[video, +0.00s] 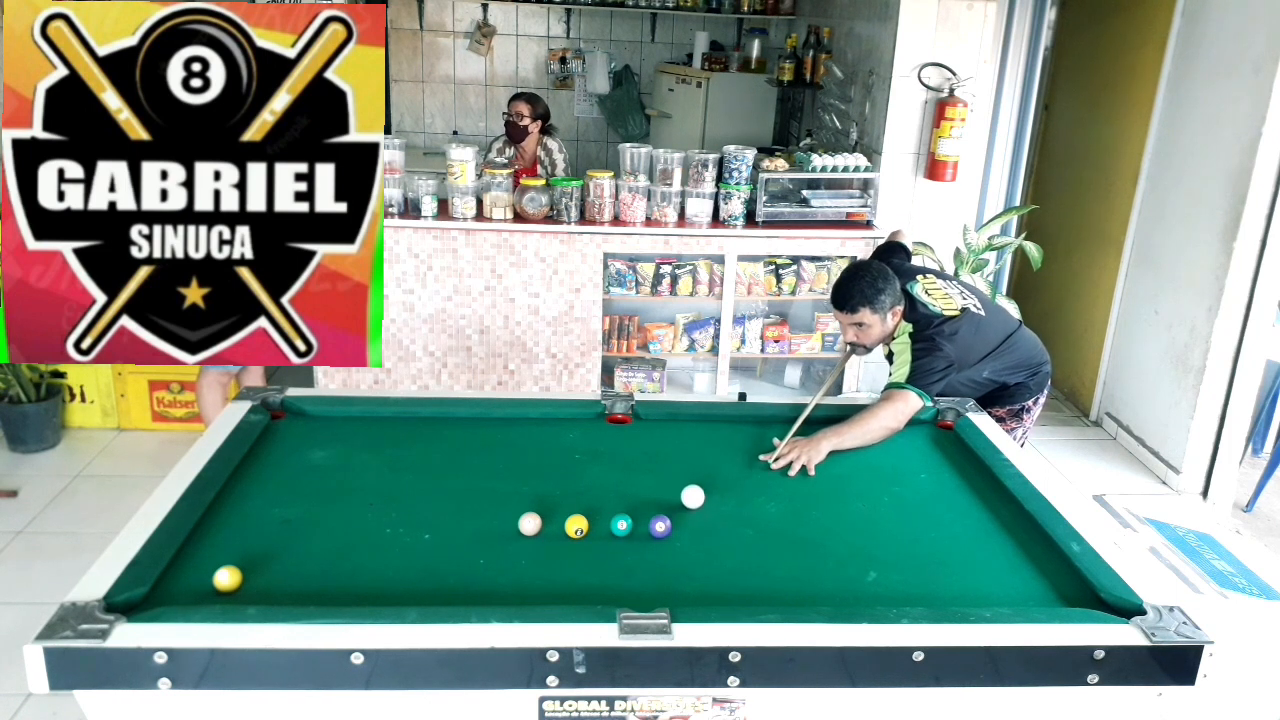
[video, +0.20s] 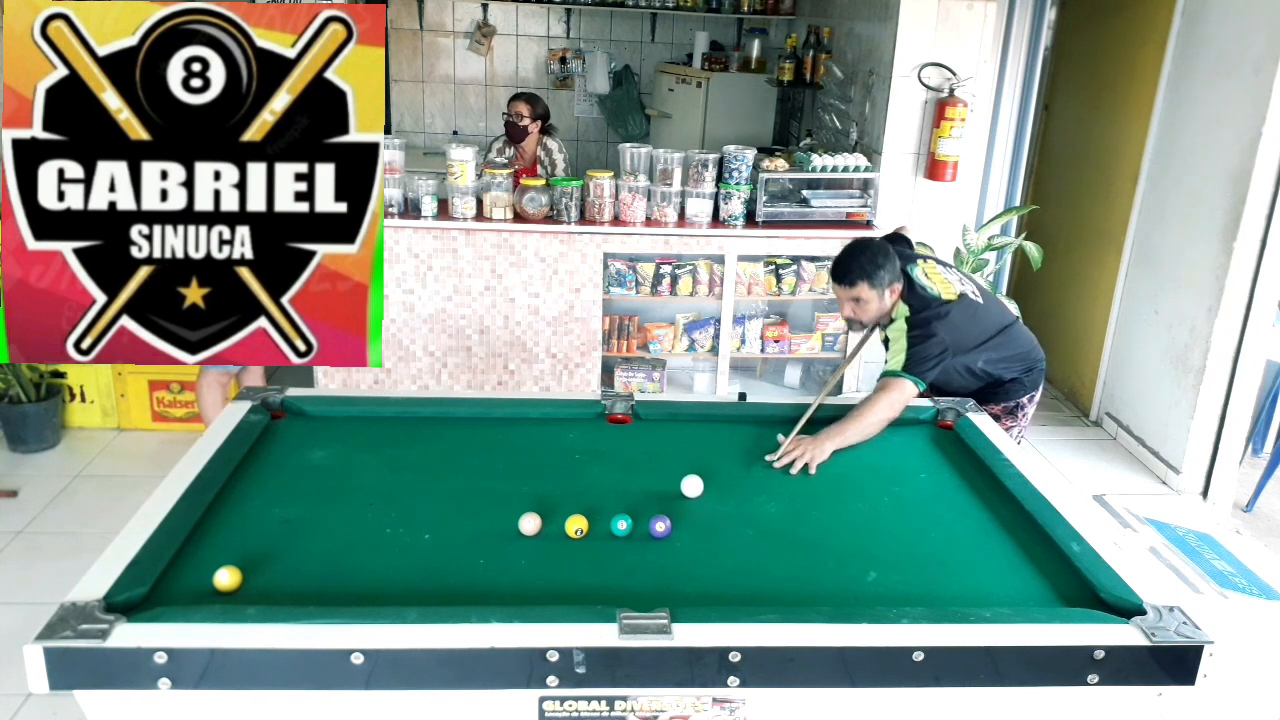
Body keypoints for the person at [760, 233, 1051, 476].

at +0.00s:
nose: (849, 338)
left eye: (861, 327)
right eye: (842, 324)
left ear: (895, 316)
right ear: (837, 309)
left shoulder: (930, 342)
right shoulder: (894, 269)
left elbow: (894, 412)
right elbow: (897, 240)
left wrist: (823, 441)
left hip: (1020, 376)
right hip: (970, 363)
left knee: (988, 475)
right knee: (947, 459)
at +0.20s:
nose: (846, 313)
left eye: (857, 302)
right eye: (840, 300)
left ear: (892, 293)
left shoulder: (926, 327)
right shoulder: (894, 256)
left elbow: (890, 400)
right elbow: (901, 233)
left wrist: (825, 440)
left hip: (1012, 375)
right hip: (955, 369)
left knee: (984, 475)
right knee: (940, 459)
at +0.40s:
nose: (839, 279)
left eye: (851, 269)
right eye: (835, 267)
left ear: (887, 264)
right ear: (829, 256)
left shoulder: (918, 294)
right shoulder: (888, 245)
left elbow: (900, 382)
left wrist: (831, 424)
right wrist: (887, 312)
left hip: (994, 377)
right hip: (939, 371)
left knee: (975, 479)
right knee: (924, 468)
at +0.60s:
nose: (833, 247)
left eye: (845, 237)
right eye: (830, 235)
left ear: (882, 234)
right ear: (826, 226)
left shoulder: (912, 273)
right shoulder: (874, 248)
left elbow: (876, 364)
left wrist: (791, 386)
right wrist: (872, 315)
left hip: (971, 380)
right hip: (915, 372)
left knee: (954, 488)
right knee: (896, 476)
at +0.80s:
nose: (826, 231)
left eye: (839, 221)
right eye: (822, 218)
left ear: (875, 221)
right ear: (819, 211)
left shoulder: (899, 261)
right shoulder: (860, 238)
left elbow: (879, 356)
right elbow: (869, 277)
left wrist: (803, 388)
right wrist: (857, 303)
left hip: (953, 376)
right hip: (901, 367)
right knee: (883, 469)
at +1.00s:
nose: (815, 223)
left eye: (829, 213)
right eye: (813, 211)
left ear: (864, 212)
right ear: (810, 204)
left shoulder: (894, 253)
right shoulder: (844, 236)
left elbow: (922, 346)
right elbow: (855, 276)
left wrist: (862, 388)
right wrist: (841, 310)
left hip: (941, 369)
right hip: (889, 356)